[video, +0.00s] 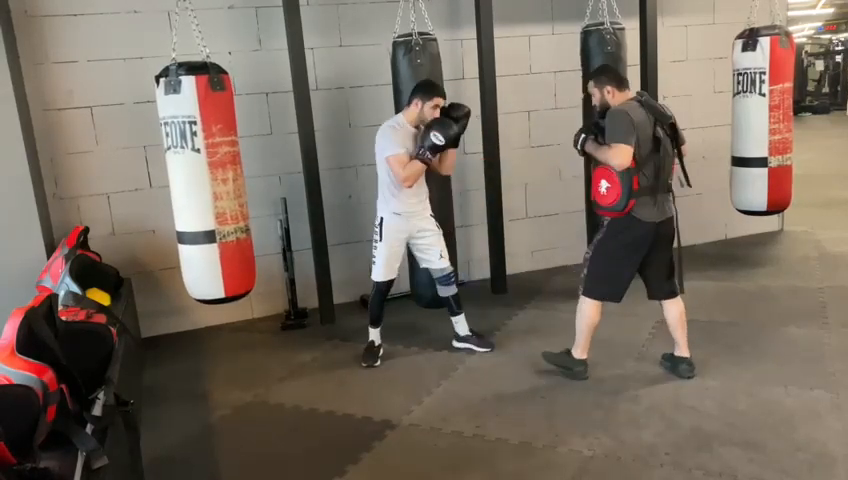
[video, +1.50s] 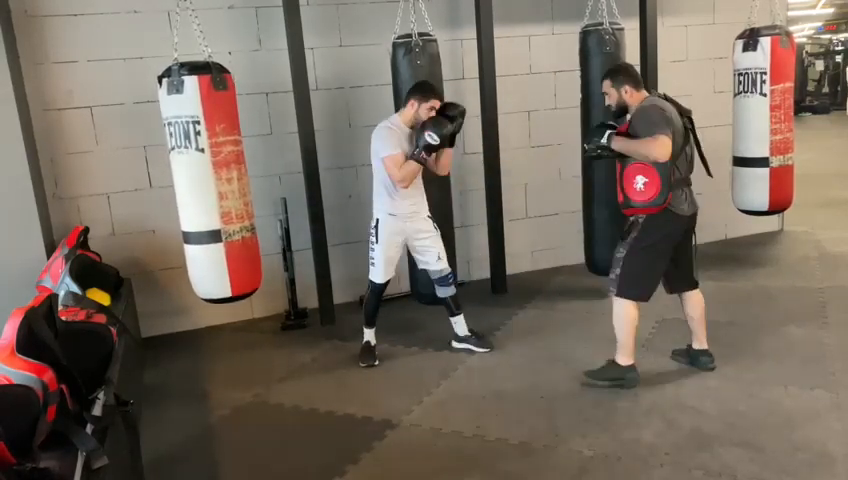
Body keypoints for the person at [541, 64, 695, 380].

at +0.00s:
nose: (594, 101)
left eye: (594, 95)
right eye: (591, 96)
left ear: (609, 90)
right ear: (624, 87)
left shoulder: (619, 115)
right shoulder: (653, 107)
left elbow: (620, 158)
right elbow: (679, 147)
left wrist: (587, 144)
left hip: (629, 222)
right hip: (661, 221)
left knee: (593, 286)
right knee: (666, 289)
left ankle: (578, 357)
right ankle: (683, 357)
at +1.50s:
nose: (607, 101)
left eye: (609, 93)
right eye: (606, 94)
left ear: (625, 89)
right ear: (634, 89)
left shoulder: (647, 111)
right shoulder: (662, 107)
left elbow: (660, 151)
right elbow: (660, 153)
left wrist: (612, 140)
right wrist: (615, 140)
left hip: (660, 214)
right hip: (682, 212)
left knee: (624, 286)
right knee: (685, 282)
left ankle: (624, 364)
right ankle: (700, 350)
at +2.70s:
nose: (605, 113)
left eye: (606, 106)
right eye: (604, 107)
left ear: (624, 104)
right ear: (635, 101)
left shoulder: (645, 128)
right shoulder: (665, 117)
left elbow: (640, 180)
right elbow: (670, 164)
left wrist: (596, 181)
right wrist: (621, 154)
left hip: (672, 226)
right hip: (697, 221)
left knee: (633, 295)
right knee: (688, 278)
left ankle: (625, 377)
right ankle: (727, 342)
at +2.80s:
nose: (602, 114)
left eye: (603, 107)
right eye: (600, 108)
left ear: (620, 104)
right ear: (632, 100)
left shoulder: (639, 127)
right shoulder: (662, 116)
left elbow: (638, 178)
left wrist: (592, 204)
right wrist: (615, 136)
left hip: (670, 224)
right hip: (697, 219)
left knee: (633, 297)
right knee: (685, 278)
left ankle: (625, 377)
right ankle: (717, 342)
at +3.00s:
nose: (625, 116)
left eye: (630, 108)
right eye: (623, 109)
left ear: (658, 104)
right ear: (663, 106)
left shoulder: (670, 141)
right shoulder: (691, 129)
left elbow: (665, 204)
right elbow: (661, 184)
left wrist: (604, 197)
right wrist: (626, 149)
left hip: (694, 263)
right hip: (723, 255)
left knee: (640, 348)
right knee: (705, 327)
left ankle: (639, 447)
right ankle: (741, 405)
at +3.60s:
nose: (604, 120)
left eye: (610, 112)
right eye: (602, 112)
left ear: (638, 111)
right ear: (638, 113)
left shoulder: (660, 147)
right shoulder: (640, 145)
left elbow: (675, 209)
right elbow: (609, 188)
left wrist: (608, 197)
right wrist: (592, 151)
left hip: (663, 273)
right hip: (667, 268)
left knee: (613, 363)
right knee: (687, 344)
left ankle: (604, 461)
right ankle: (738, 408)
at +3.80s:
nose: (581, 140)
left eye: (585, 132)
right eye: (580, 132)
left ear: (611, 131)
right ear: (602, 132)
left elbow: (693, 216)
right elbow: (566, 198)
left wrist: (647, 177)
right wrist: (547, 200)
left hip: (657, 279)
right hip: (625, 277)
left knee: (601, 365)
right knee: (654, 350)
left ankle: (605, 465)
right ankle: (723, 394)